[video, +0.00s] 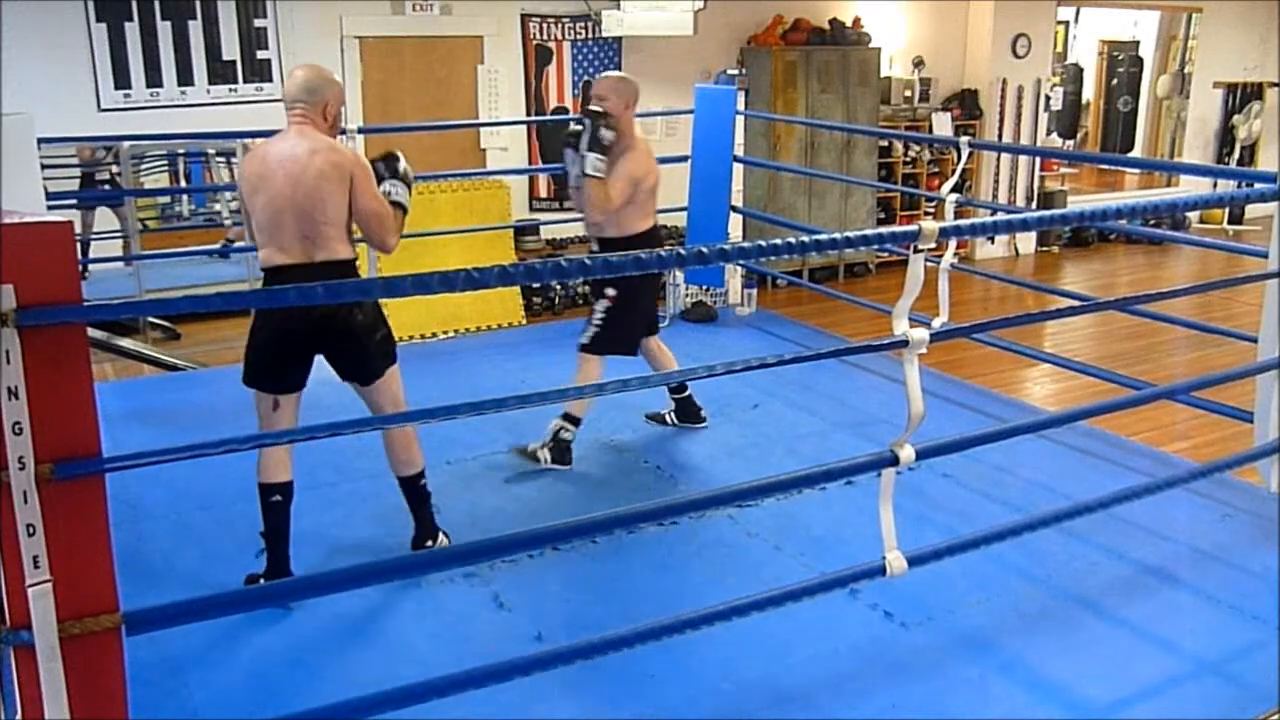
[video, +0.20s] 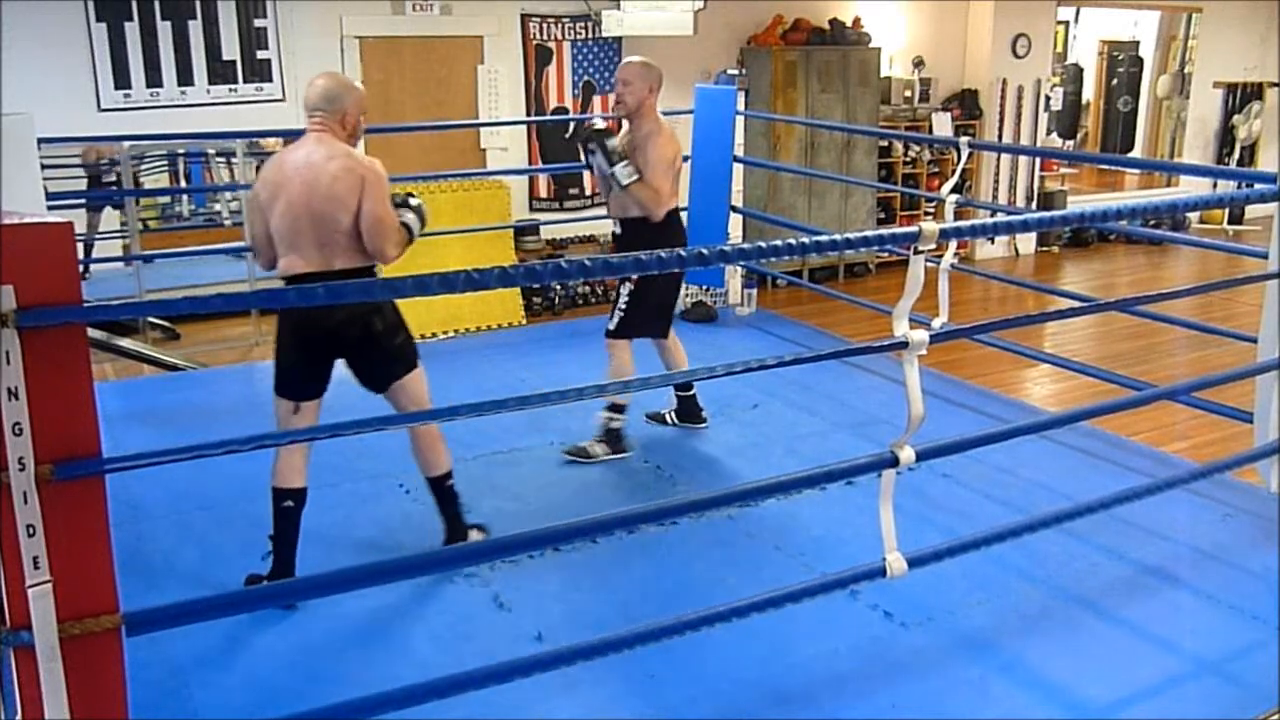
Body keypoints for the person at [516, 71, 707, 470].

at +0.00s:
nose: (592, 108)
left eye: (602, 101)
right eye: (592, 100)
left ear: (626, 106)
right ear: (596, 103)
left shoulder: (636, 158)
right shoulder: (610, 148)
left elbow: (599, 212)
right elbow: (584, 204)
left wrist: (594, 159)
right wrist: (574, 163)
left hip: (633, 261)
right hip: (619, 255)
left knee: (591, 350)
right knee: (644, 338)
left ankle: (561, 441)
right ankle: (686, 405)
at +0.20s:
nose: (616, 92)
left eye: (625, 85)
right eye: (616, 84)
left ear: (650, 92)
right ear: (626, 91)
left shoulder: (659, 138)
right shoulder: (629, 135)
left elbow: (657, 205)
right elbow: (608, 192)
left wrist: (616, 163)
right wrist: (595, 150)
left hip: (657, 244)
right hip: (638, 239)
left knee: (618, 336)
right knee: (659, 329)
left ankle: (612, 434)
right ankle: (689, 406)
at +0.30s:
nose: (623, 89)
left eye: (631, 82)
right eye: (622, 82)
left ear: (655, 88)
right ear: (625, 86)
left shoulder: (668, 134)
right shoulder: (629, 129)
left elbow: (657, 190)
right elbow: (606, 181)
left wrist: (627, 145)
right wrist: (601, 136)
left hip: (665, 236)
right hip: (642, 235)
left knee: (631, 336)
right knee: (666, 330)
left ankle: (640, 431)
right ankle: (690, 405)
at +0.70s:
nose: (621, 105)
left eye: (627, 97)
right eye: (618, 97)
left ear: (653, 96)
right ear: (642, 97)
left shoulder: (663, 144)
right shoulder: (638, 138)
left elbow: (623, 198)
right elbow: (604, 188)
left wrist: (614, 146)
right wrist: (601, 142)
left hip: (662, 243)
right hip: (645, 239)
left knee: (637, 346)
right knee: (661, 336)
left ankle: (647, 442)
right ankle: (688, 405)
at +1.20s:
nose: (605, 105)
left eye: (614, 98)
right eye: (604, 97)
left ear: (638, 103)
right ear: (609, 102)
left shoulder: (649, 148)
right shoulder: (615, 144)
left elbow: (649, 211)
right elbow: (590, 196)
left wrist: (610, 172)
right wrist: (586, 149)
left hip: (649, 245)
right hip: (621, 242)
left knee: (634, 337)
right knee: (626, 324)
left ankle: (641, 434)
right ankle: (656, 386)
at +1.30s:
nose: (602, 99)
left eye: (610, 91)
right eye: (600, 91)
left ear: (633, 96)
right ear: (603, 96)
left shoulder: (648, 138)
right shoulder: (605, 136)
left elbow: (664, 199)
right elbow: (584, 189)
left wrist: (624, 168)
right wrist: (582, 144)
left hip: (643, 234)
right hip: (612, 233)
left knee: (621, 327)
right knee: (628, 322)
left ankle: (637, 420)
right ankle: (658, 386)